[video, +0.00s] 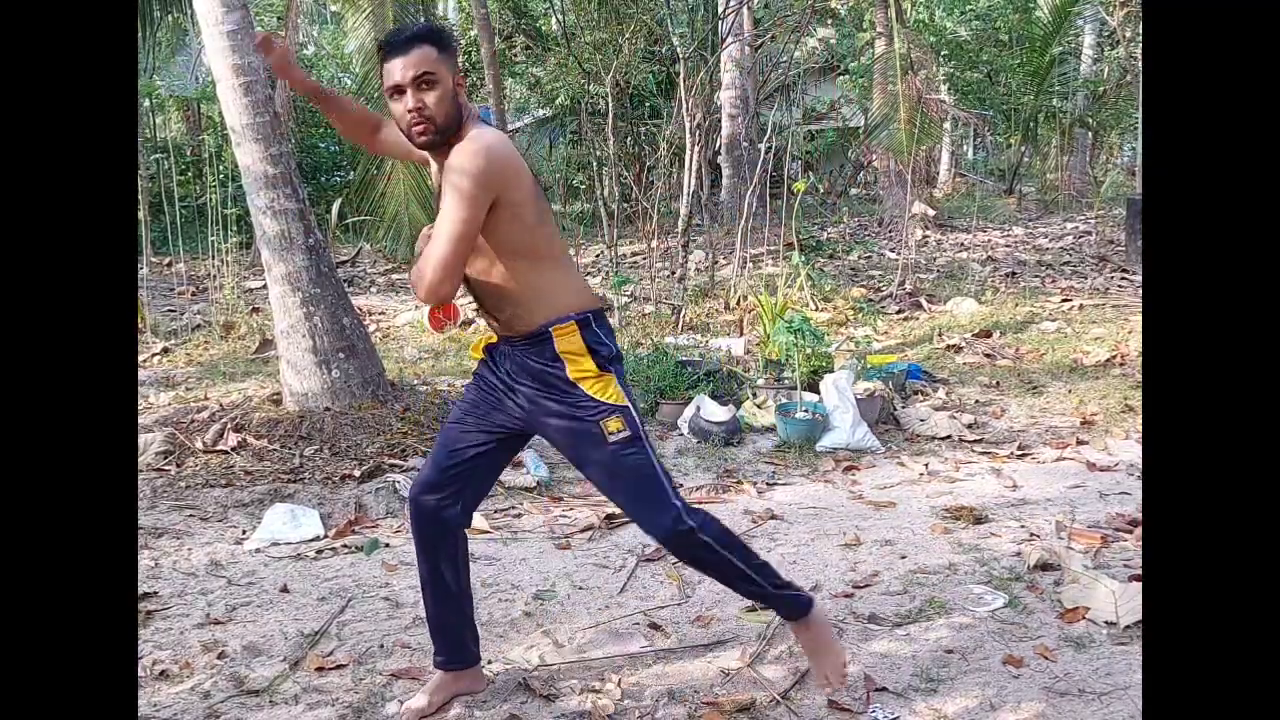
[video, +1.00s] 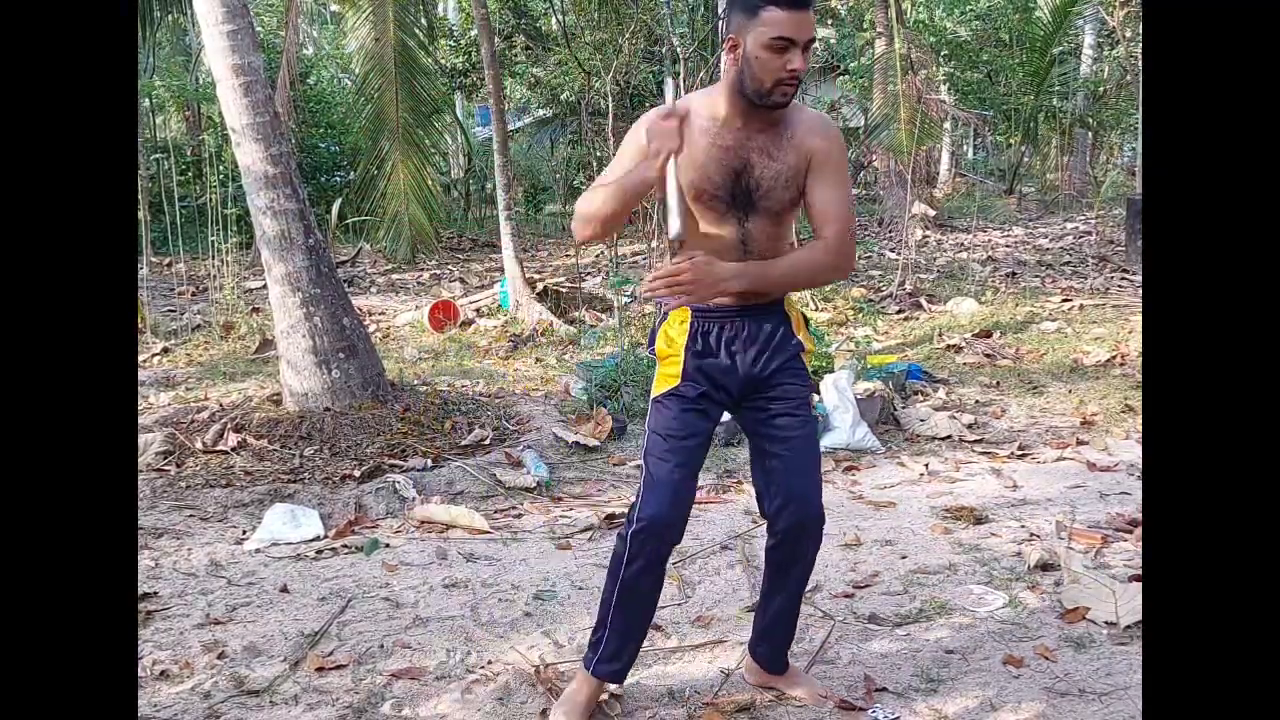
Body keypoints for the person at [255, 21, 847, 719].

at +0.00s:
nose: (411, 103)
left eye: (425, 84)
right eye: (398, 93)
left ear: (460, 82)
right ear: (393, 102)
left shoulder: (476, 155)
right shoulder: (445, 150)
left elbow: (431, 290)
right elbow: (375, 133)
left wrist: (430, 252)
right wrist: (301, 83)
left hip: (571, 354)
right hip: (510, 358)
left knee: (668, 522)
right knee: (432, 502)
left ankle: (804, 618)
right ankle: (459, 669)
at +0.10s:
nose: (431, 111)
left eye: (442, 91)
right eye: (416, 101)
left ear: (472, 88)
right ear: (404, 111)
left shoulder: (498, 153)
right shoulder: (453, 158)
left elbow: (459, 280)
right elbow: (383, 126)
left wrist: (437, 250)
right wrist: (374, 38)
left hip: (602, 356)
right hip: (528, 363)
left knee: (702, 514)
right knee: (444, 510)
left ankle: (796, 643)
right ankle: (458, 669)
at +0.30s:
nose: (541, 73)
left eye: (547, 58)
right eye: (520, 67)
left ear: (564, 64)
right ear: (496, 92)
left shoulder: (598, 125)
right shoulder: (510, 183)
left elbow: (711, 148)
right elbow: (593, 229)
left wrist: (630, 160)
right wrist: (515, 133)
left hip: (658, 350)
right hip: (592, 363)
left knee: (750, 506)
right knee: (561, 535)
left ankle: (768, 663)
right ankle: (486, 679)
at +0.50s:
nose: (647, 67)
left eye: (648, 52)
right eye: (627, 54)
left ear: (641, 60)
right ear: (579, 67)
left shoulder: (596, 148)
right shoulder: (593, 163)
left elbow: (626, 248)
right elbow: (631, 300)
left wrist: (665, 210)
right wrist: (674, 308)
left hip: (639, 355)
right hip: (594, 363)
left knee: (739, 504)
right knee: (568, 534)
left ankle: (766, 661)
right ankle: (479, 685)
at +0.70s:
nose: (729, 83)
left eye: (736, 68)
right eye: (715, 65)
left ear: (731, 71)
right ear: (668, 63)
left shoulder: (700, 149)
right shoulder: (623, 142)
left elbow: (709, 233)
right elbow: (560, 247)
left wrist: (731, 242)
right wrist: (629, 330)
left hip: (680, 357)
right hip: (616, 368)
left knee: (762, 508)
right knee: (566, 536)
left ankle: (767, 664)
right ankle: (480, 683)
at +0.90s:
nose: (791, 71)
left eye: (800, 56)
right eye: (776, 53)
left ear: (804, 58)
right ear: (729, 49)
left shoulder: (792, 139)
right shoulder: (665, 131)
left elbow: (816, 249)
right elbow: (576, 222)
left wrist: (758, 258)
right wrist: (638, 268)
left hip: (748, 345)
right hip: (669, 343)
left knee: (793, 512)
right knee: (624, 515)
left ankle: (767, 662)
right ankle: (541, 671)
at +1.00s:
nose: (798, 66)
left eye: (806, 49)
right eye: (781, 48)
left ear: (810, 48)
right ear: (732, 45)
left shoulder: (815, 135)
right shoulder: (672, 123)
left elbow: (837, 255)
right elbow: (587, 226)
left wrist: (730, 278)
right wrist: (646, 163)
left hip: (776, 344)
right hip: (692, 343)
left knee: (800, 518)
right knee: (658, 516)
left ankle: (769, 665)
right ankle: (596, 678)